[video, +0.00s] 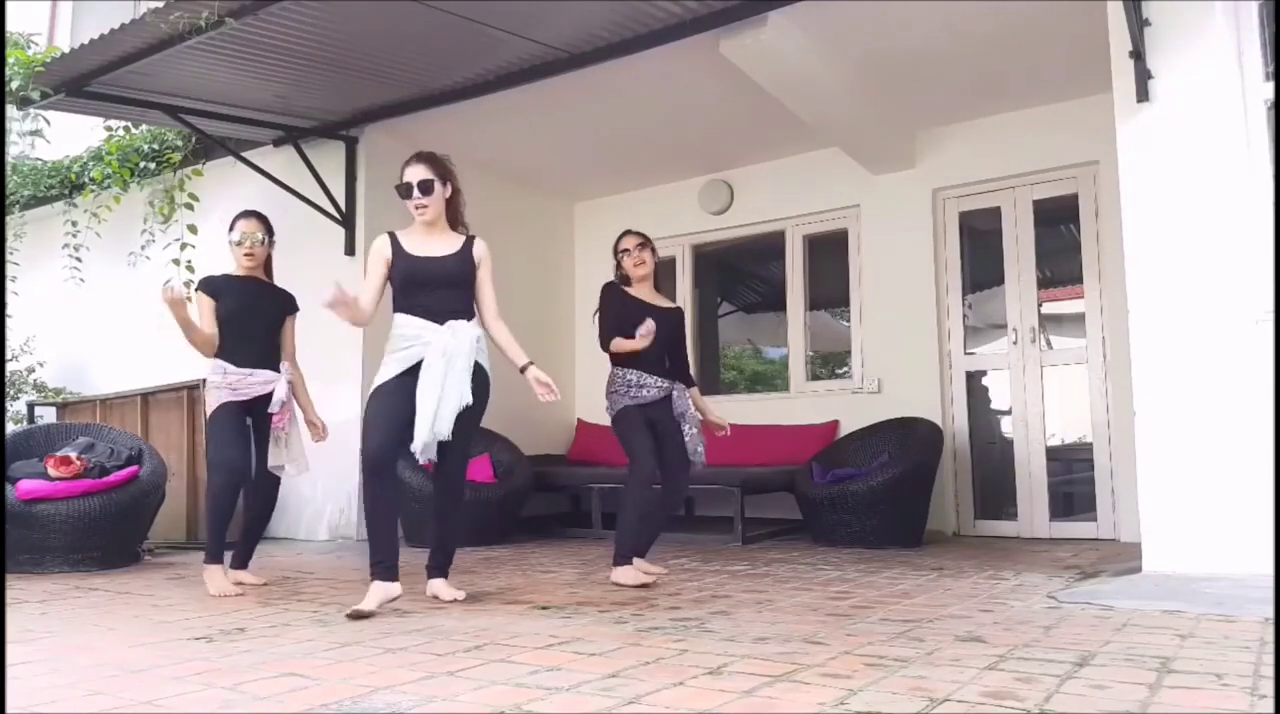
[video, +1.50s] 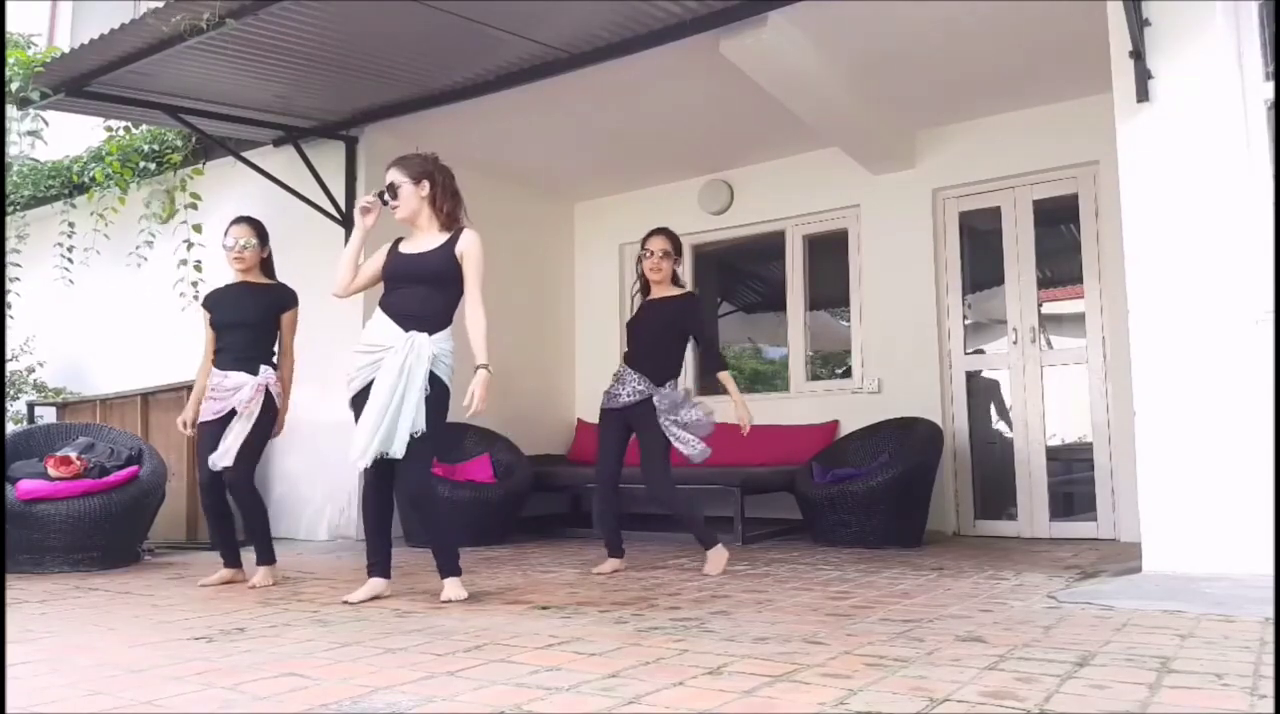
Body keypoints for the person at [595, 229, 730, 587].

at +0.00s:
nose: (635, 256)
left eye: (641, 248)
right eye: (626, 253)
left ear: (654, 255)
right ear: (620, 264)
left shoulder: (672, 310)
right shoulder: (615, 292)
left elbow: (681, 368)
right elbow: (608, 341)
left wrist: (706, 412)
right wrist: (638, 343)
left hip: (666, 399)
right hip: (628, 397)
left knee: (676, 478)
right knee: (643, 466)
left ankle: (636, 555)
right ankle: (621, 564)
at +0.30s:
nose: (621, 268)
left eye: (628, 261)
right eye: (613, 265)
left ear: (642, 266)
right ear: (608, 274)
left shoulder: (662, 318)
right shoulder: (602, 317)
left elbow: (674, 378)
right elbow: (603, 372)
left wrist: (694, 423)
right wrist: (584, 401)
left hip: (664, 411)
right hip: (620, 413)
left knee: (674, 495)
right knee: (594, 473)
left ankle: (635, 555)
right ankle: (617, 564)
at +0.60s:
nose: (622, 250)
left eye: (627, 242)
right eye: (614, 247)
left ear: (643, 243)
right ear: (610, 256)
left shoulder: (661, 296)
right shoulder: (608, 285)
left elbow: (666, 357)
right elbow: (562, 324)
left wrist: (685, 405)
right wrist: (580, 346)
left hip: (651, 392)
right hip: (614, 388)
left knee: (661, 478)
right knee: (612, 470)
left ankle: (632, 555)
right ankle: (590, 559)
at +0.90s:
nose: (636, 256)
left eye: (643, 249)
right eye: (628, 251)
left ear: (657, 253)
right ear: (622, 260)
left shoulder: (672, 308)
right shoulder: (612, 293)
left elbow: (679, 362)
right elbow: (596, 345)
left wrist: (701, 410)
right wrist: (597, 394)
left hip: (665, 397)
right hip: (622, 395)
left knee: (665, 477)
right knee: (612, 472)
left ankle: (660, 554)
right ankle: (601, 559)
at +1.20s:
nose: (641, 265)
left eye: (650, 259)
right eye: (634, 258)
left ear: (659, 267)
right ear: (624, 266)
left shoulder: (673, 307)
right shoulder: (622, 314)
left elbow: (692, 361)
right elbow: (619, 374)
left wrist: (716, 410)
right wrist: (581, 374)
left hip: (660, 398)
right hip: (622, 395)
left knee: (653, 480)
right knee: (586, 465)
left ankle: (658, 555)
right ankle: (614, 547)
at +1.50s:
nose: (655, 261)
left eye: (663, 255)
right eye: (648, 254)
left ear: (676, 261)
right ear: (641, 261)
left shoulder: (688, 302)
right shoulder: (645, 303)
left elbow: (711, 355)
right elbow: (635, 350)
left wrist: (738, 400)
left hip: (651, 400)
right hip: (618, 396)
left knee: (659, 487)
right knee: (605, 478)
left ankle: (714, 546)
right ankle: (614, 555)